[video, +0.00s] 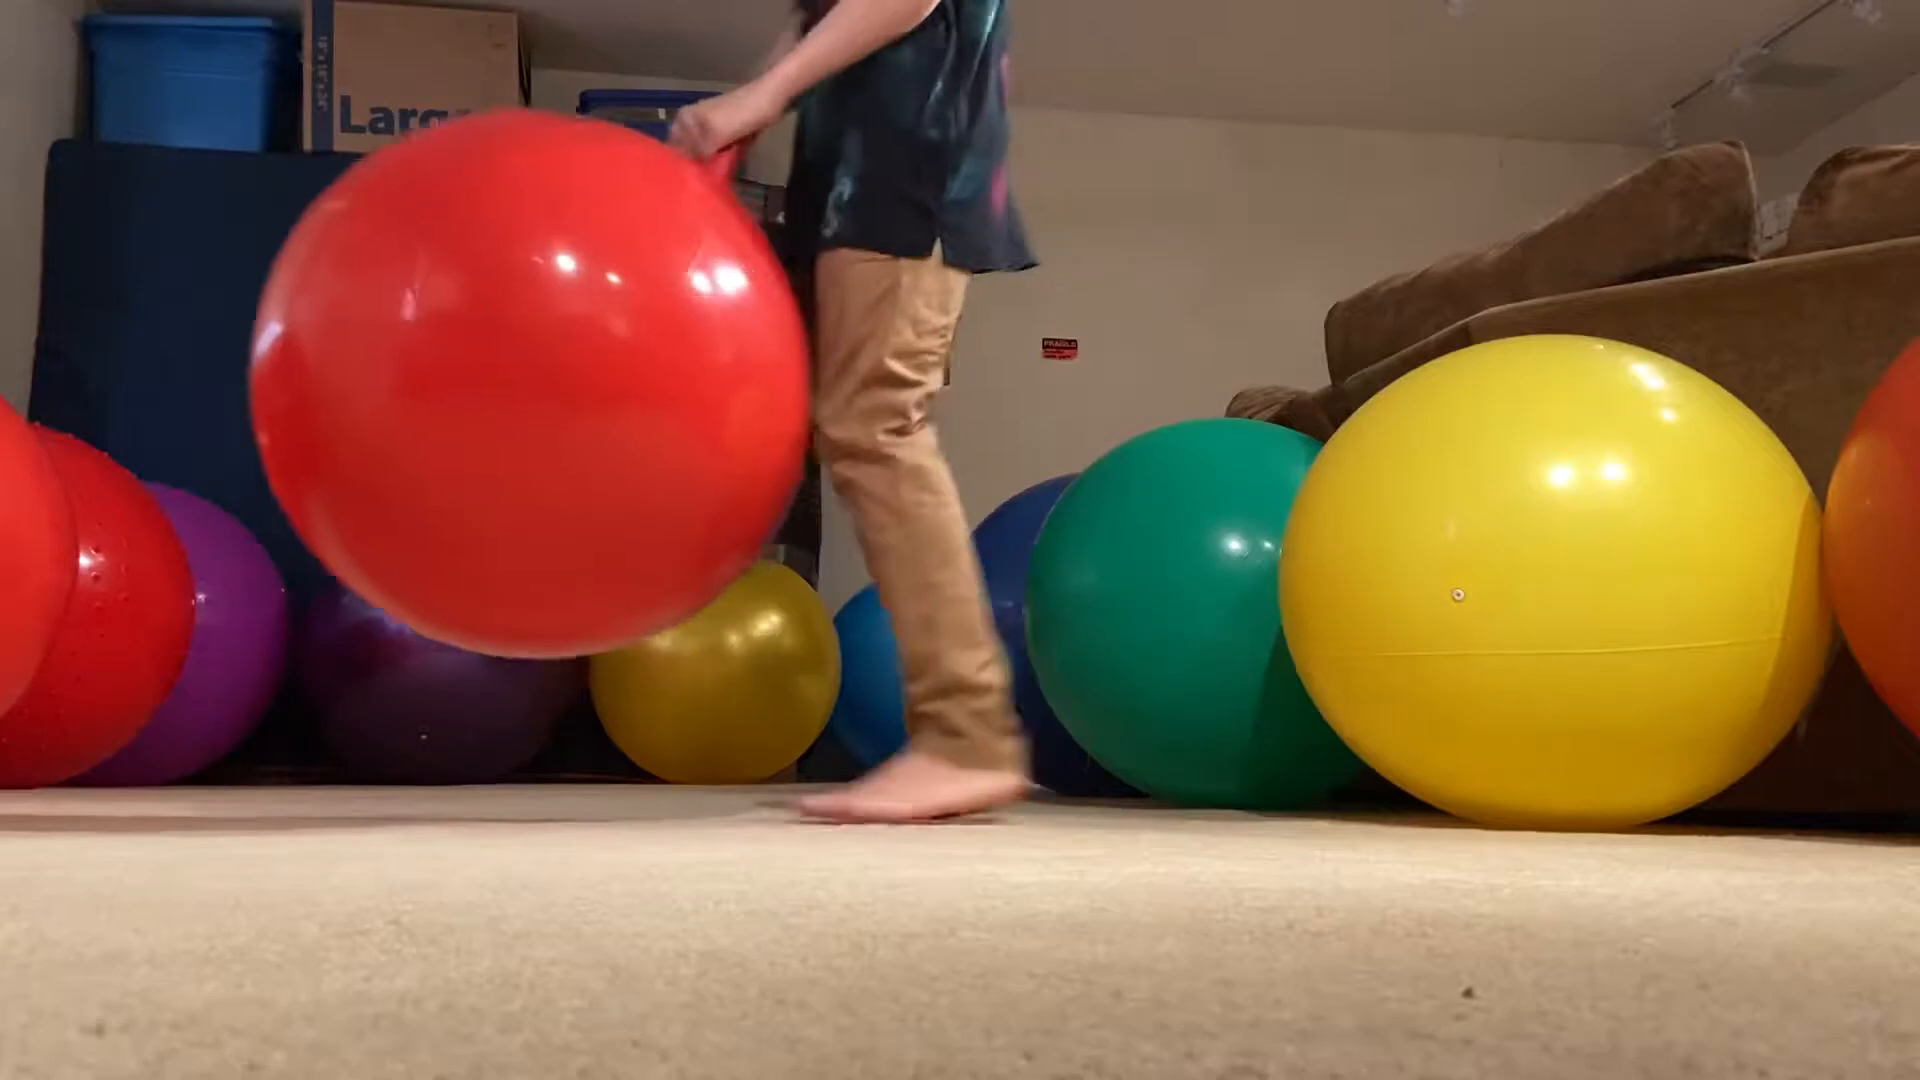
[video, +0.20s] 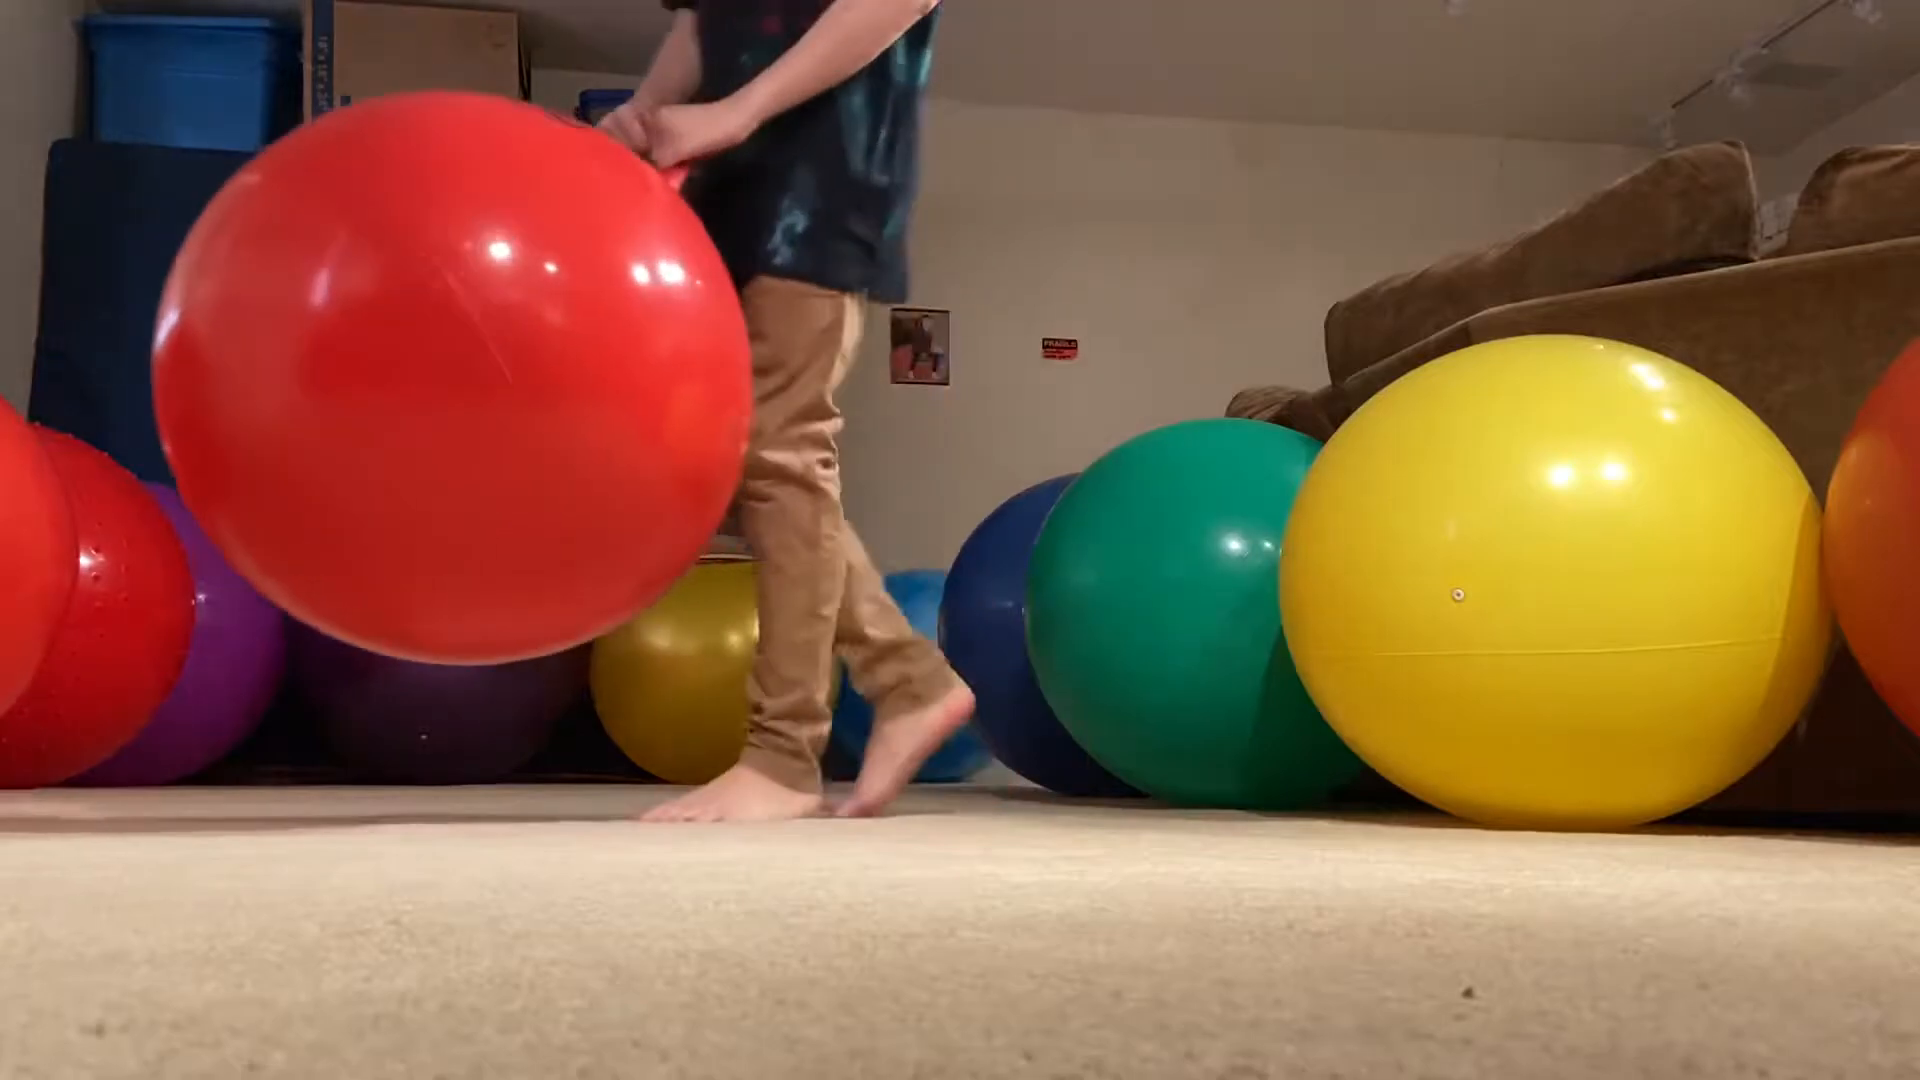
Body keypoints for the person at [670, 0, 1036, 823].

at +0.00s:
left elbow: (908, 3)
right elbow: (832, 18)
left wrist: (761, 94)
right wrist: (752, 103)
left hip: (910, 155)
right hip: (863, 154)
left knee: (876, 427)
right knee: (868, 430)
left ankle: (968, 741)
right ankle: (957, 735)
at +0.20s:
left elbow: (901, 3)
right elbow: (712, 16)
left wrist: (737, 109)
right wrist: (646, 104)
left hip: (820, 160)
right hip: (730, 169)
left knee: (784, 453)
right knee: (756, 455)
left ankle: (783, 762)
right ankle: (910, 681)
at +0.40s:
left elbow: (870, 14)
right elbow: (603, 7)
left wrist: (716, 115)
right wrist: (569, 101)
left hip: (771, 190)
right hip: (651, 197)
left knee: (766, 451)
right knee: (682, 458)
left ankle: (779, 753)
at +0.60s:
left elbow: (811, 39)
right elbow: (518, 8)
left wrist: (700, 147)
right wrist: (526, 107)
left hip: (747, 205)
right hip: (596, 196)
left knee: (759, 462)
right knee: (597, 450)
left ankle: (769, 751)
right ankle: (615, 732)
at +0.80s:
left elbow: (759, 65)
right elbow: (471, 48)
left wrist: (697, 177)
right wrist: (530, 144)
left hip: (720, 206)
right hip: (571, 207)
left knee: (752, 456)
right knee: (585, 457)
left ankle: (776, 722)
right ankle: (611, 740)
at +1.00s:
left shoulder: (755, 1)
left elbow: (772, 73)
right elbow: (476, 55)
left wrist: (704, 174)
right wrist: (544, 146)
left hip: (727, 229)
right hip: (575, 229)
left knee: (781, 463)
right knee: (586, 473)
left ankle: (827, 724)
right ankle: (609, 748)